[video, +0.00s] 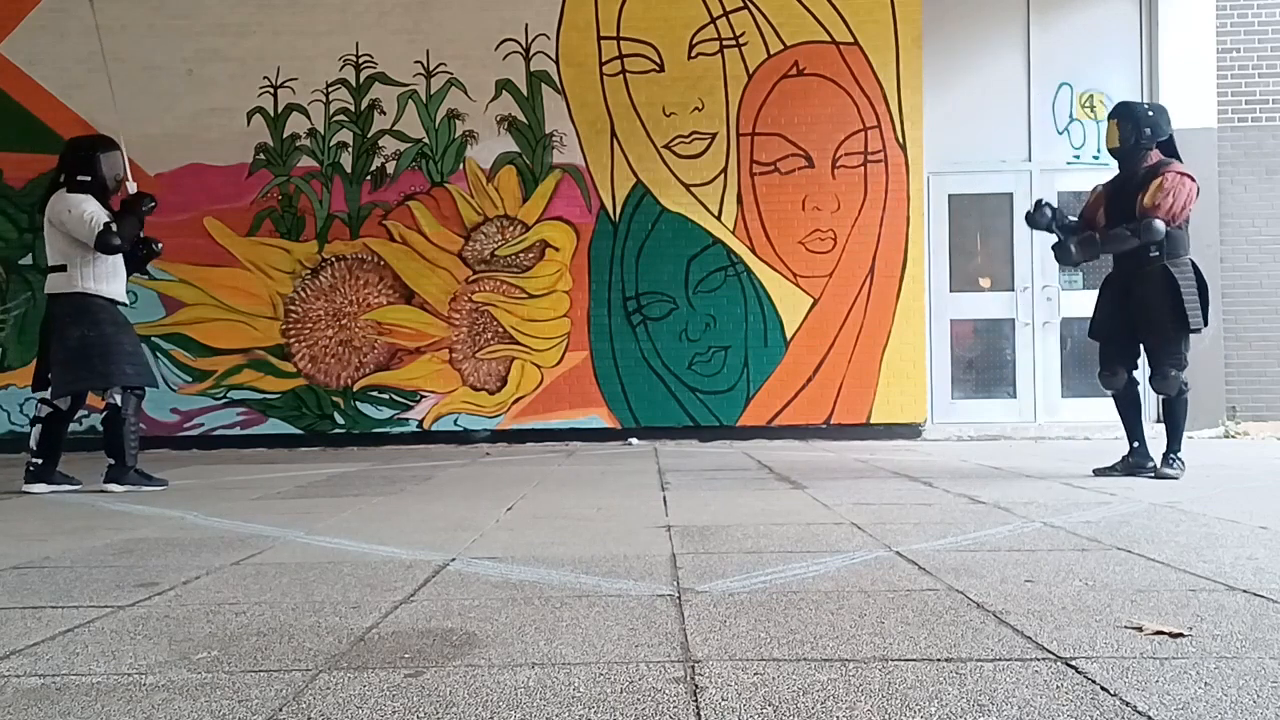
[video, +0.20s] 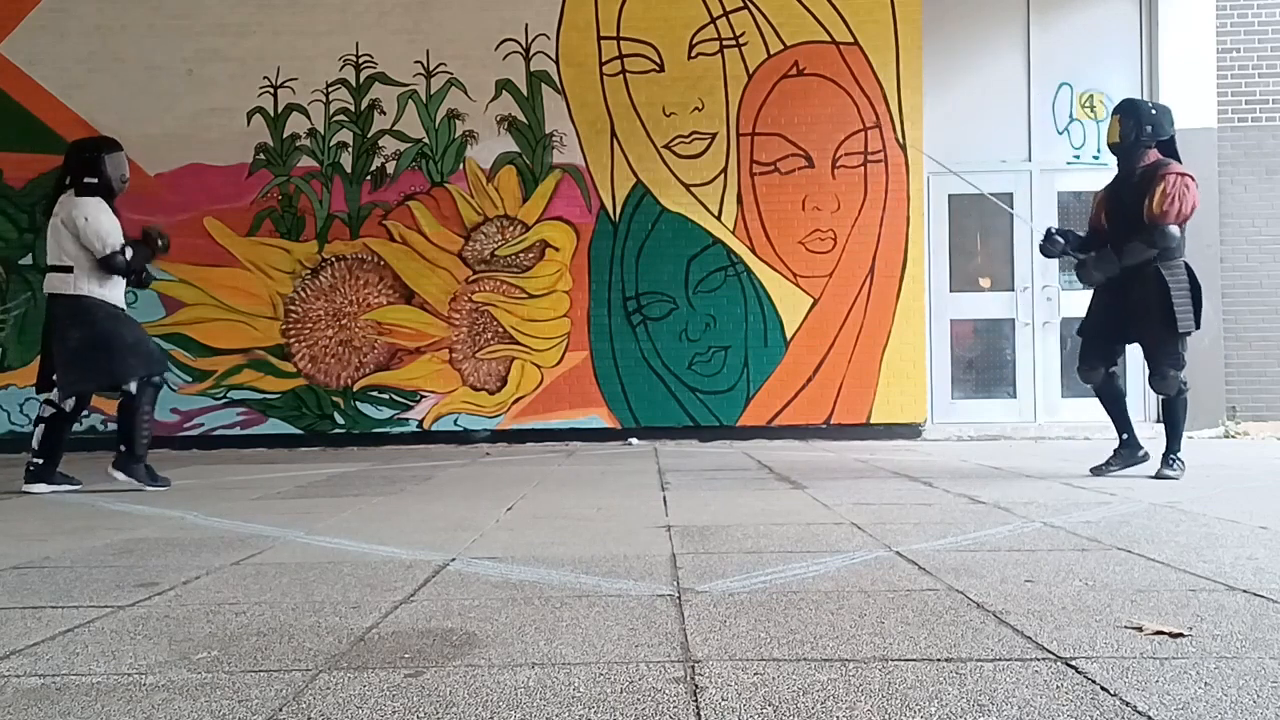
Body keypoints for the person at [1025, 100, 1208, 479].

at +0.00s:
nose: (1111, 139)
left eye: (1119, 130)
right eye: (1110, 131)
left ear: (1144, 133)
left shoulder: (1173, 179)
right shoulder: (1112, 189)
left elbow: (1150, 229)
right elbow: (1088, 229)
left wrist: (1087, 248)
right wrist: (1057, 221)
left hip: (1165, 283)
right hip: (1122, 284)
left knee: (1168, 375)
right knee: (1115, 371)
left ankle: (1173, 455)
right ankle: (1139, 454)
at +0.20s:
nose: (1112, 133)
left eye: (1119, 126)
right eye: (1112, 126)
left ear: (1142, 132)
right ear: (1132, 131)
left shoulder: (1167, 177)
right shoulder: (1116, 186)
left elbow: (1165, 238)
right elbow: (1100, 241)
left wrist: (1105, 262)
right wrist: (1068, 241)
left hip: (1160, 286)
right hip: (1116, 287)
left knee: (1167, 375)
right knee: (1095, 367)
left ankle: (1172, 455)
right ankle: (1130, 446)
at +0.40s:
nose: (1093, 137)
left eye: (1100, 130)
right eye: (1094, 129)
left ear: (1120, 134)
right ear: (1120, 135)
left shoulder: (1151, 180)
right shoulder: (1107, 186)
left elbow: (1153, 245)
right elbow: (1105, 244)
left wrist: (1103, 273)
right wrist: (1078, 244)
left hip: (1150, 287)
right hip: (1110, 289)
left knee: (1162, 377)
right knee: (1095, 372)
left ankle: (1172, 457)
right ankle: (1107, 455)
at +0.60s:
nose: (1070, 151)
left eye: (1075, 142)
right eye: (1069, 142)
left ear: (1098, 143)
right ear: (1100, 143)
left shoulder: (1122, 185)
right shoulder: (1094, 184)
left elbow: (1097, 243)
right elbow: (1076, 235)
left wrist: (1054, 263)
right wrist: (1056, 229)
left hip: (1122, 288)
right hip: (1092, 289)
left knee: (1120, 380)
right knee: (1081, 375)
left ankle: (1164, 446)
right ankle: (1106, 456)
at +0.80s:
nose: (1042, 159)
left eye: (1047, 151)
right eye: (1041, 151)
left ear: (1069, 151)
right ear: (1077, 151)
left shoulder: (1086, 189)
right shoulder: (1085, 185)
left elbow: (1047, 237)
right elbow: (1059, 228)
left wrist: (1002, 248)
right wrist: (1032, 219)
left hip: (1095, 293)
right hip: (1094, 292)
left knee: (1055, 368)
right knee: (1063, 369)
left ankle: (1103, 454)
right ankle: (1086, 449)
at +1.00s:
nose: (1010, 167)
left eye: (1016, 159)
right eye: (1010, 159)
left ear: (1038, 162)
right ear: (1049, 164)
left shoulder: (1043, 200)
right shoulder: (1067, 196)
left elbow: (1002, 244)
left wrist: (968, 252)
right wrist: (1005, 222)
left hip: (1060, 303)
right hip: (1083, 302)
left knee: (1006, 372)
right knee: (1049, 386)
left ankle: (966, 450)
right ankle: (1102, 456)